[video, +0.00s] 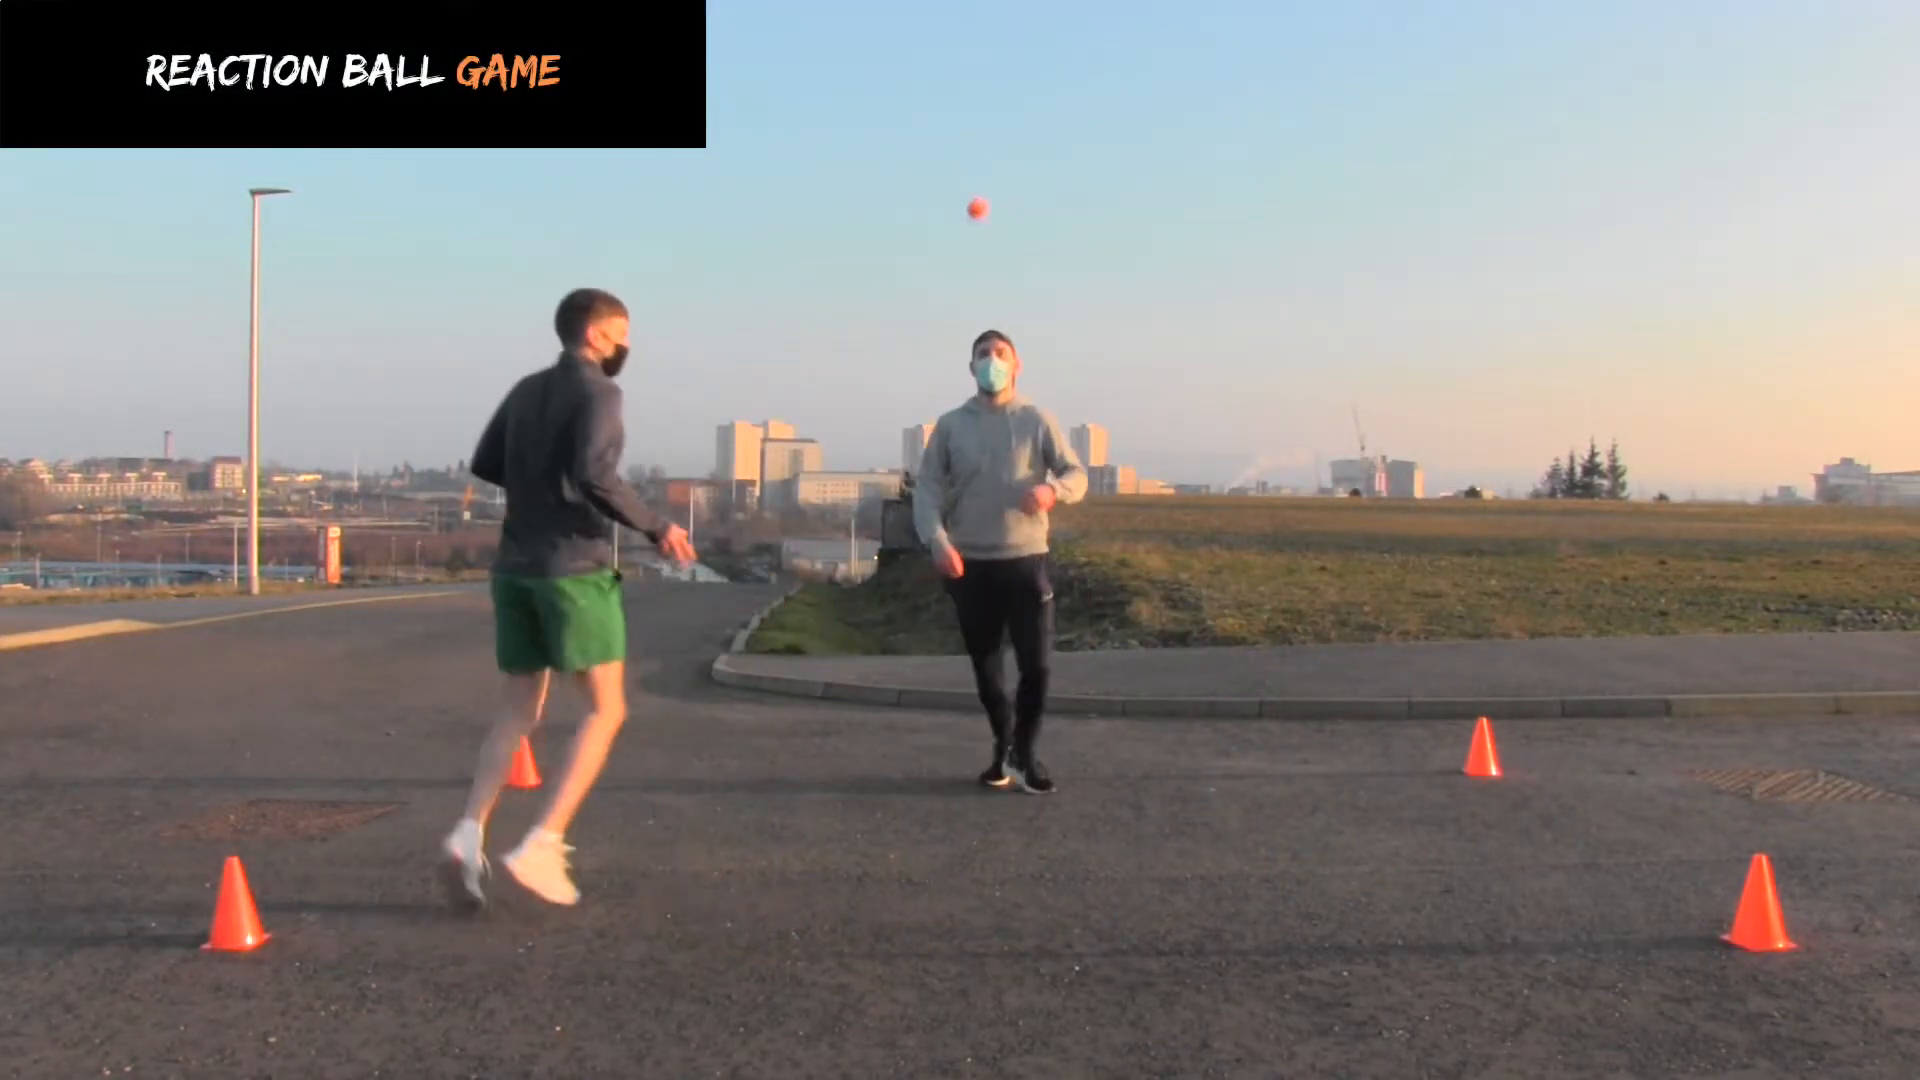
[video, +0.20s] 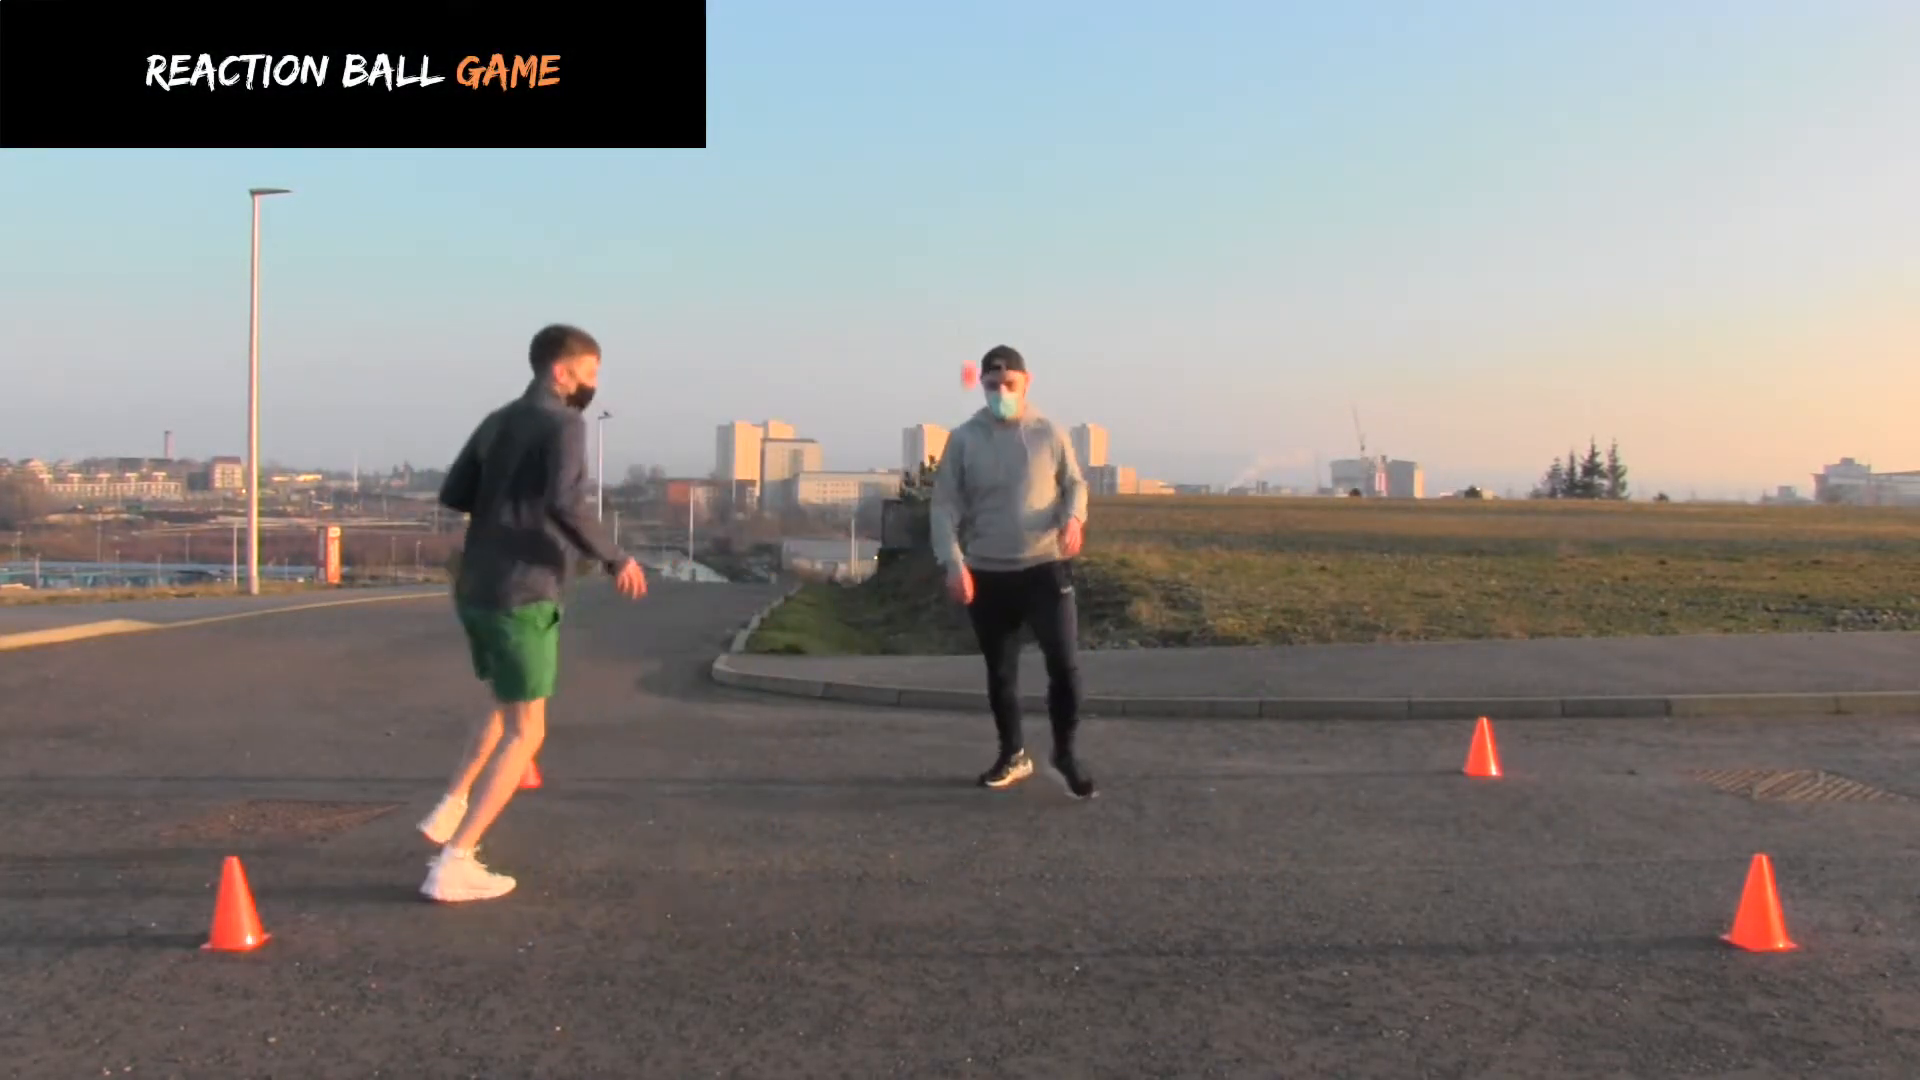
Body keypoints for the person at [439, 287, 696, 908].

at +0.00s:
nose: (627, 342)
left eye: (626, 331)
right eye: (621, 331)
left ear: (572, 332)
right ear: (594, 331)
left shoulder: (527, 389)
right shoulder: (600, 391)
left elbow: (486, 463)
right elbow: (594, 476)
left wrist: (547, 491)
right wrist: (659, 527)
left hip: (515, 570)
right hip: (576, 573)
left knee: (521, 706)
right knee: (607, 708)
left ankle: (469, 831)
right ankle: (542, 844)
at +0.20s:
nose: (594, 383)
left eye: (596, 373)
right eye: (590, 372)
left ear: (546, 369)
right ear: (562, 368)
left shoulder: (499, 420)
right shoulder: (564, 423)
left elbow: (455, 493)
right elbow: (563, 503)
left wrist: (516, 513)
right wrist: (617, 559)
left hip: (477, 588)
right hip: (524, 595)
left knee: (507, 709)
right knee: (527, 733)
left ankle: (450, 810)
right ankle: (456, 862)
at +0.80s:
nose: (599, 409)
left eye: (602, 400)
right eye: (593, 398)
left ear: (573, 397)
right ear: (562, 391)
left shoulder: (557, 441)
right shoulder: (530, 435)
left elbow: (530, 501)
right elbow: (492, 505)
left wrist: (568, 506)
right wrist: (540, 558)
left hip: (538, 586)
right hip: (500, 589)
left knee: (582, 666)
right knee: (493, 705)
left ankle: (547, 765)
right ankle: (426, 785)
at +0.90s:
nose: (616, 444)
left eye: (619, 435)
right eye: (609, 434)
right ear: (579, 432)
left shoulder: (582, 484)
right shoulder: (549, 482)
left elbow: (561, 538)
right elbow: (519, 550)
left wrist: (595, 549)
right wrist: (573, 602)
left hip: (550, 612)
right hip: (511, 617)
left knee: (608, 681)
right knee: (498, 729)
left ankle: (624, 767)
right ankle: (418, 797)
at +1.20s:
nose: (704, 400)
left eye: (709, 392)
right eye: (695, 391)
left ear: (711, 391)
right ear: (672, 386)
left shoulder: (693, 438)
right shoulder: (644, 435)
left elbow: (677, 501)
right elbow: (603, 493)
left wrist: (702, 500)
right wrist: (662, 532)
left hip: (670, 571)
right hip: (629, 568)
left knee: (675, 667)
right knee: (596, 668)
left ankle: (642, 762)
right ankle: (534, 756)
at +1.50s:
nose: (805, 419)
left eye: (810, 412)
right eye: (797, 410)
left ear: (813, 413)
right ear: (773, 407)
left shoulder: (797, 461)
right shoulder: (743, 456)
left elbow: (786, 514)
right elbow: (704, 513)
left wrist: (809, 518)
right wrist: (750, 558)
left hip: (784, 583)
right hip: (739, 586)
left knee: (831, 661)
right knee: (733, 687)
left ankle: (843, 744)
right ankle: (689, 763)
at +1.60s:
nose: (837, 432)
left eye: (841, 424)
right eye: (828, 423)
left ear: (845, 425)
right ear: (805, 423)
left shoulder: (832, 475)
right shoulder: (781, 469)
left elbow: (820, 534)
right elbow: (746, 534)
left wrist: (844, 534)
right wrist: (783, 582)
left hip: (815, 593)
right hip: (770, 595)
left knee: (865, 667)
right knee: (752, 695)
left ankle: (901, 750)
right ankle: (690, 764)